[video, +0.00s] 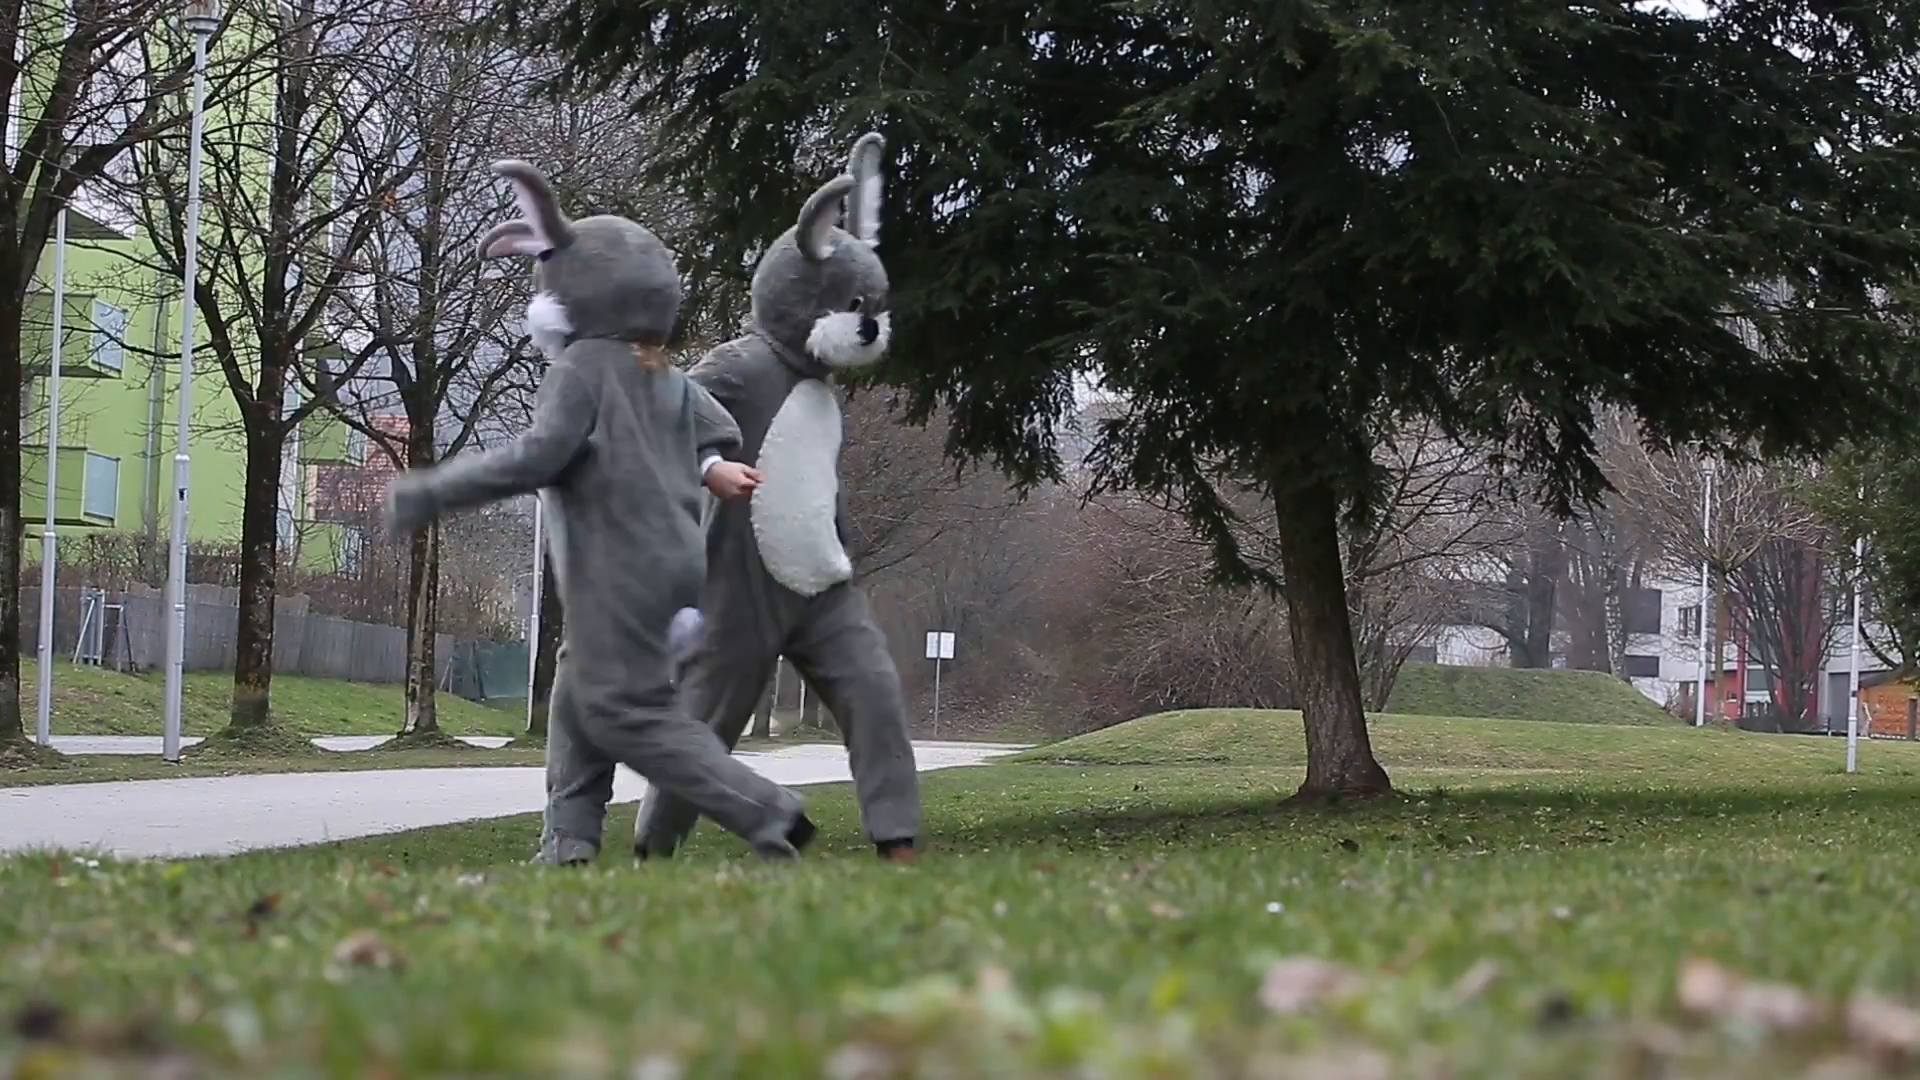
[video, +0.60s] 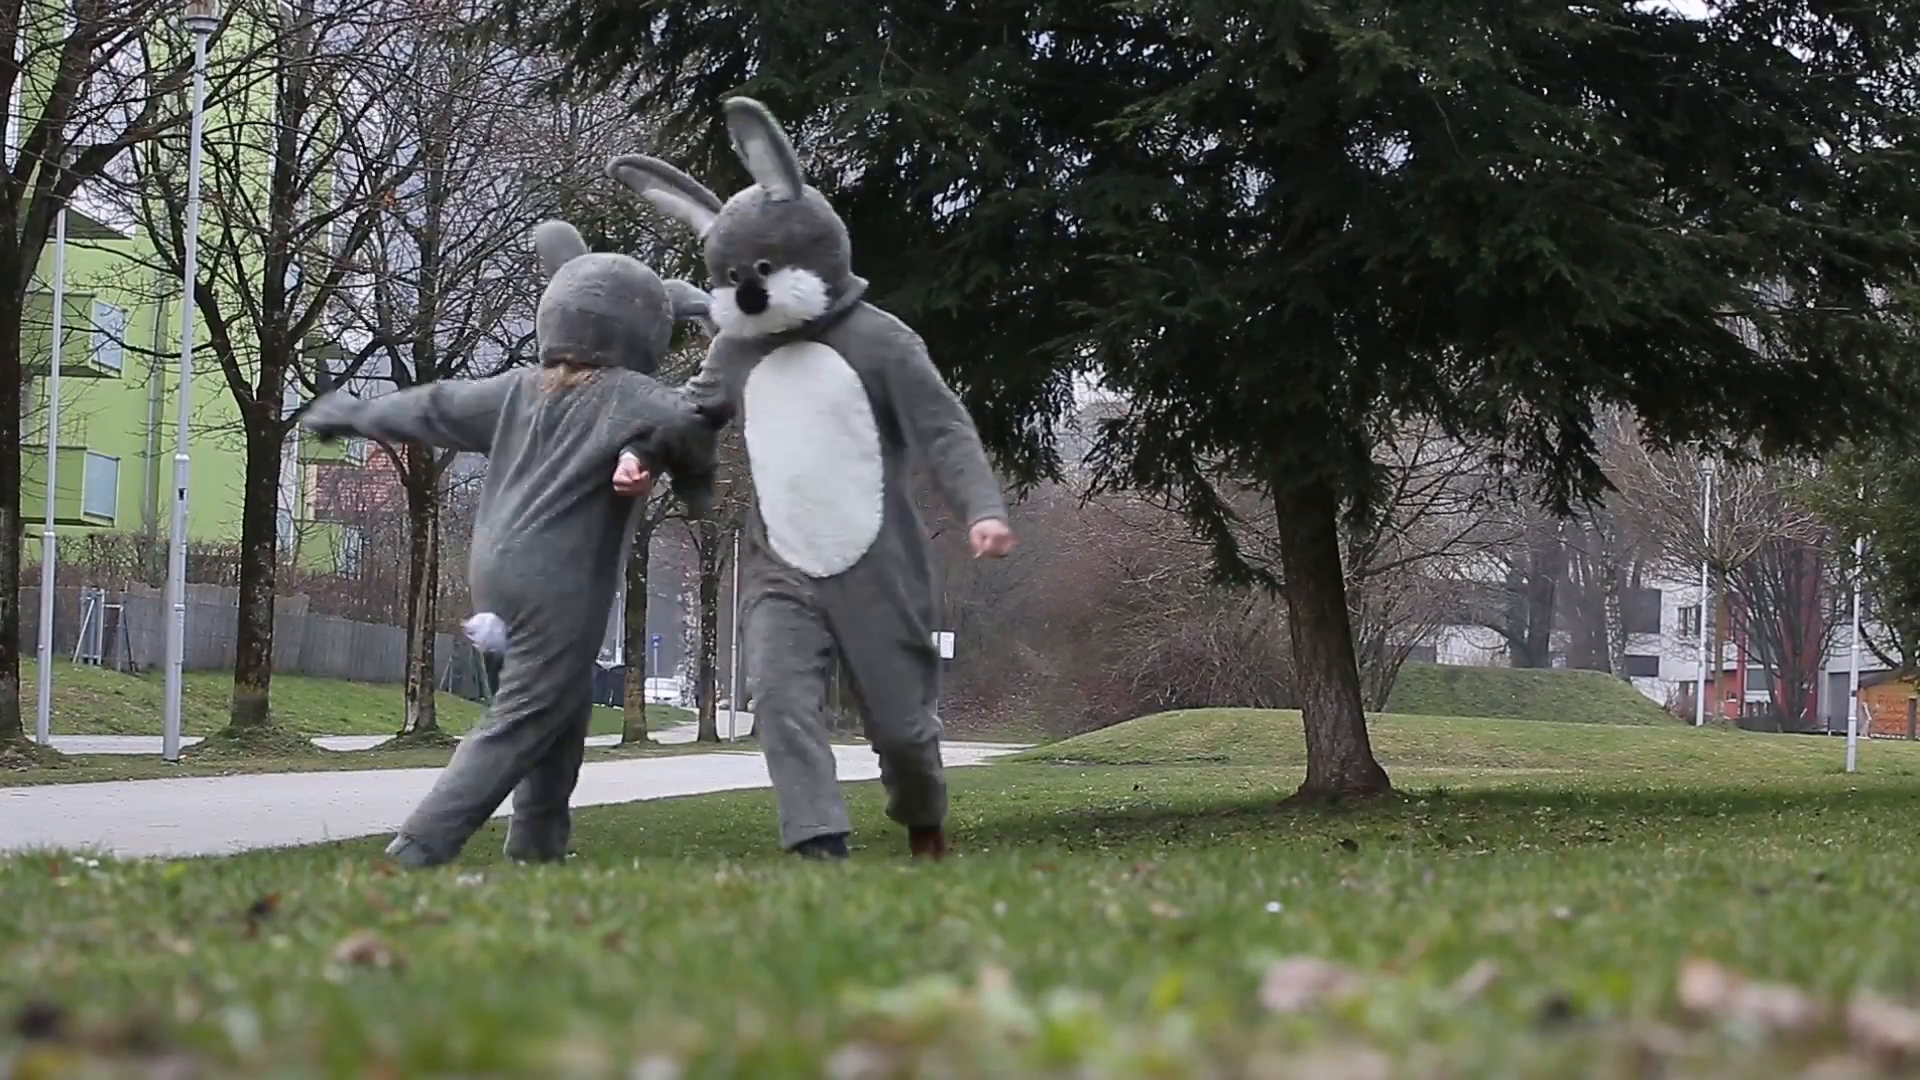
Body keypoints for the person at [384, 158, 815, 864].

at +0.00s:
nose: (543, 299)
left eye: (555, 285)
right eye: (546, 284)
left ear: (583, 294)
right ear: (649, 300)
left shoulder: (586, 365)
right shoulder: (671, 380)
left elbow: (542, 456)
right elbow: (723, 436)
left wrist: (427, 489)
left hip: (615, 573)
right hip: (674, 567)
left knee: (620, 707)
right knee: (581, 700)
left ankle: (772, 816)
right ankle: (570, 843)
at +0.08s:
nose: (515, 315)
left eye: (522, 299)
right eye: (514, 301)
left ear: (554, 303)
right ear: (630, 302)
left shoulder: (552, 375)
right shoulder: (664, 380)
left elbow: (530, 490)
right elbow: (733, 418)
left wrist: (478, 576)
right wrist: (669, 435)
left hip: (577, 569)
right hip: (657, 567)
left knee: (527, 712)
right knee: (610, 711)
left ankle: (670, 761)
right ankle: (572, 850)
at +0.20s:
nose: (506, 301)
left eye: (510, 286)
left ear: (526, 288)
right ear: (616, 284)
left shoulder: (519, 349)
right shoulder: (652, 352)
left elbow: (510, 420)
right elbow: (731, 383)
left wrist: (515, 491)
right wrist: (680, 428)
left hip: (532, 531)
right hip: (626, 546)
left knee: (468, 631)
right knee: (603, 700)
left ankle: (506, 696)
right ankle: (574, 836)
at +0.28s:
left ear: (514, 266)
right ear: (612, 266)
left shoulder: (502, 330)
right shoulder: (639, 334)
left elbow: (477, 413)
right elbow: (721, 366)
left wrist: (488, 459)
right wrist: (674, 415)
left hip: (503, 513)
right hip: (606, 524)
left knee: (480, 600)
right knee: (584, 667)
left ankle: (482, 707)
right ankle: (549, 820)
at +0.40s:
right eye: (622, 268)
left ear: (521, 268)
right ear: (612, 274)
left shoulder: (496, 332)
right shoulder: (621, 342)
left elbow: (421, 355)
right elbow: (705, 376)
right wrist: (676, 433)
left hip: (474, 530)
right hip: (565, 541)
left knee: (504, 632)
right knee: (527, 686)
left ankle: (502, 770)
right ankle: (464, 836)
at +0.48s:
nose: (640, 307)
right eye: (633, 295)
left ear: (530, 298)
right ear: (617, 303)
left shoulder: (494, 360)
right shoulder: (625, 374)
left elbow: (398, 364)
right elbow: (695, 404)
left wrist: (305, 356)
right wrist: (676, 469)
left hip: (470, 552)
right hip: (545, 569)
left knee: (539, 693)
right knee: (506, 713)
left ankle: (530, 827)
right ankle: (415, 849)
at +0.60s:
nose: (662, 341)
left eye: (664, 329)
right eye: (657, 328)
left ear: (557, 325)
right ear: (631, 331)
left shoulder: (518, 387)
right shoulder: (629, 391)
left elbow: (430, 406)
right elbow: (685, 423)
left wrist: (353, 411)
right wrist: (691, 477)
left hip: (492, 572)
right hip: (560, 584)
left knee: (563, 712)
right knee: (519, 721)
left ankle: (539, 850)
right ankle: (417, 851)